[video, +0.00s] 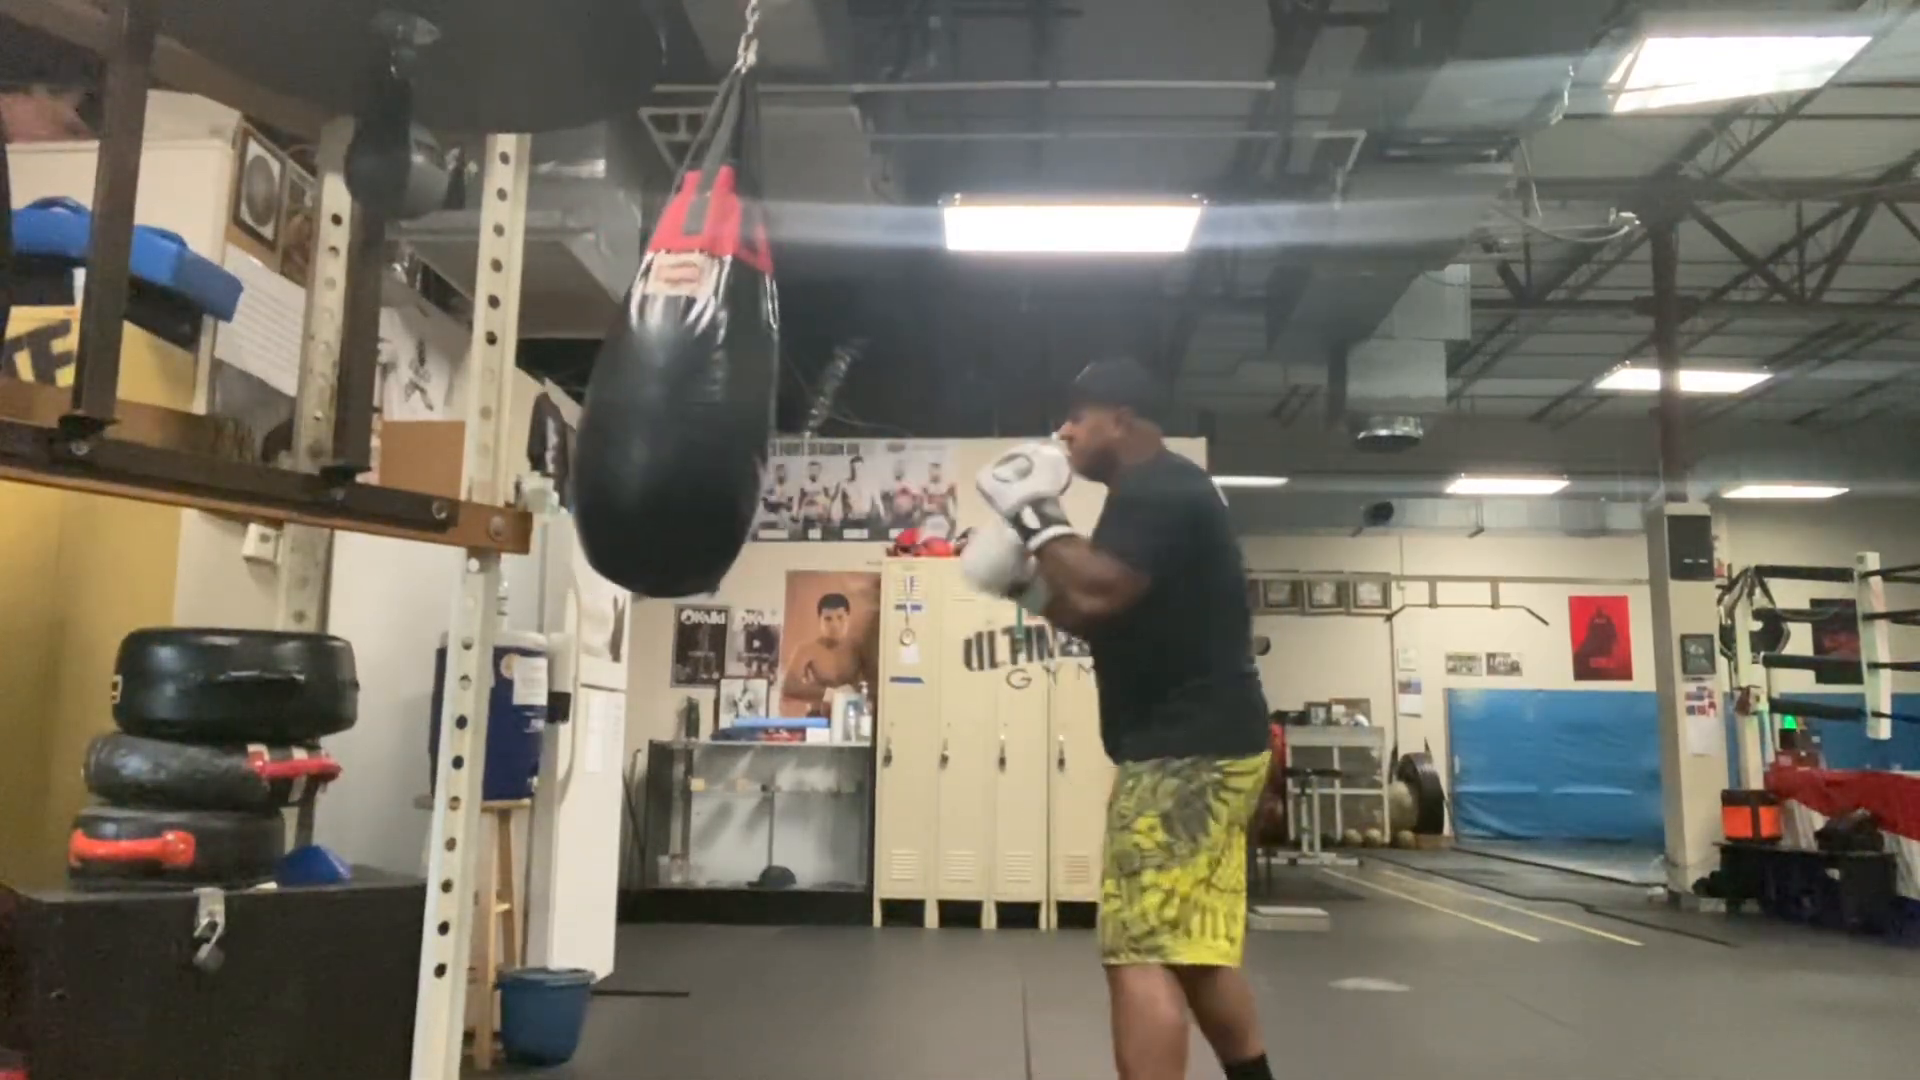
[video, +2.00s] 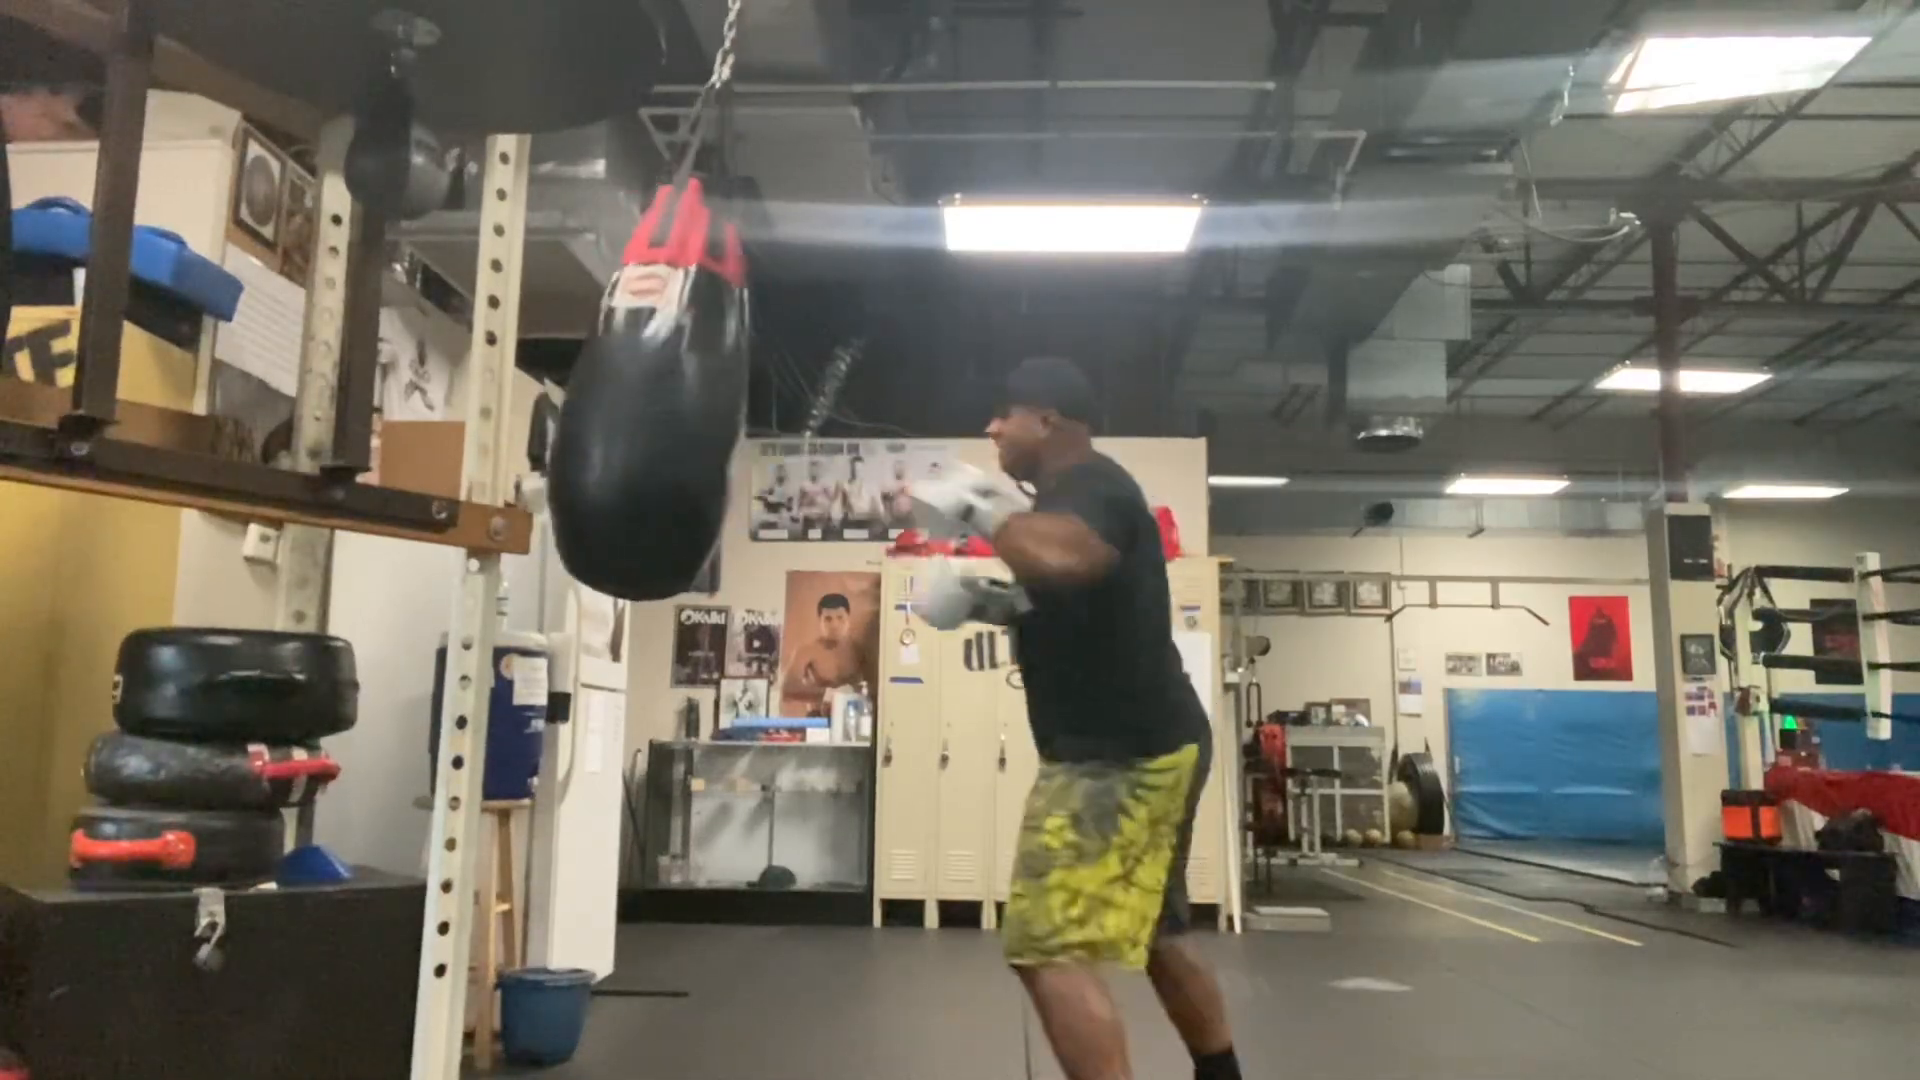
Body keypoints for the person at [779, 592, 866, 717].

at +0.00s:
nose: (835, 624)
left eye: (840, 617)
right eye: (828, 618)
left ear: (848, 619)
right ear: (819, 620)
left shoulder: (856, 652)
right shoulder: (806, 651)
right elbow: (789, 688)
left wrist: (817, 686)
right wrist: (827, 694)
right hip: (819, 716)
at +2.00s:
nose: (834, 625)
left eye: (840, 618)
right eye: (828, 618)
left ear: (848, 620)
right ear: (819, 621)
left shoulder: (858, 652)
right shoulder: (806, 652)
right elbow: (789, 688)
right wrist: (826, 693)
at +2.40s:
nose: (834, 625)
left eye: (840, 618)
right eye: (828, 619)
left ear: (848, 620)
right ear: (819, 621)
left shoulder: (858, 653)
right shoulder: (806, 653)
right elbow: (789, 688)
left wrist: (817, 686)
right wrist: (827, 693)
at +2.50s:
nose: (834, 625)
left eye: (840, 618)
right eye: (828, 619)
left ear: (848, 620)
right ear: (819, 621)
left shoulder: (858, 652)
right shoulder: (806, 652)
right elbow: (789, 688)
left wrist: (816, 687)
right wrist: (827, 693)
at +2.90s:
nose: (834, 624)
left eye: (840, 617)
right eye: (828, 618)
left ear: (848, 619)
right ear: (819, 621)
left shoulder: (857, 652)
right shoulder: (806, 652)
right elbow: (790, 689)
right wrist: (826, 693)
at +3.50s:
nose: (834, 625)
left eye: (840, 618)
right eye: (828, 619)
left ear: (848, 620)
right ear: (819, 621)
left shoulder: (857, 651)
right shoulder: (808, 652)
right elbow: (790, 688)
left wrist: (816, 685)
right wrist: (828, 693)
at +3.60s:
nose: (834, 625)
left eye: (840, 618)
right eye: (828, 619)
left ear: (847, 620)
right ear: (820, 620)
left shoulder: (858, 651)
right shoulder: (807, 652)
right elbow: (790, 688)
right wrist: (828, 693)